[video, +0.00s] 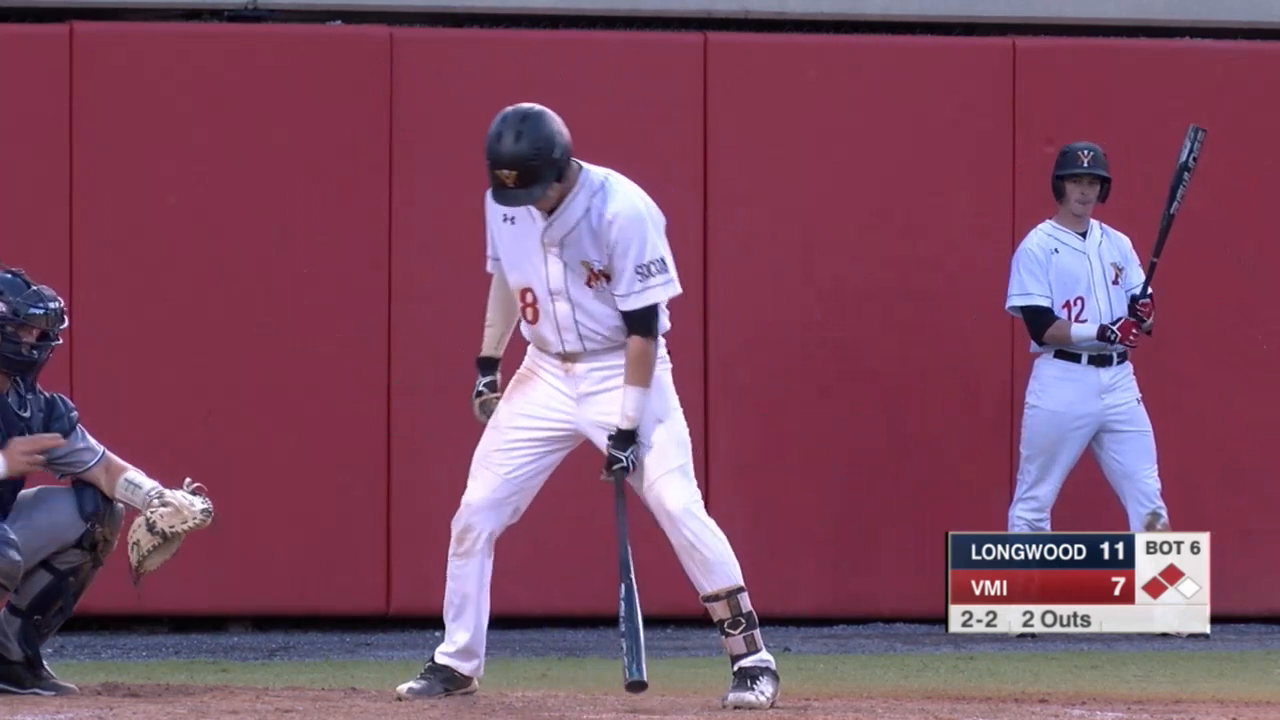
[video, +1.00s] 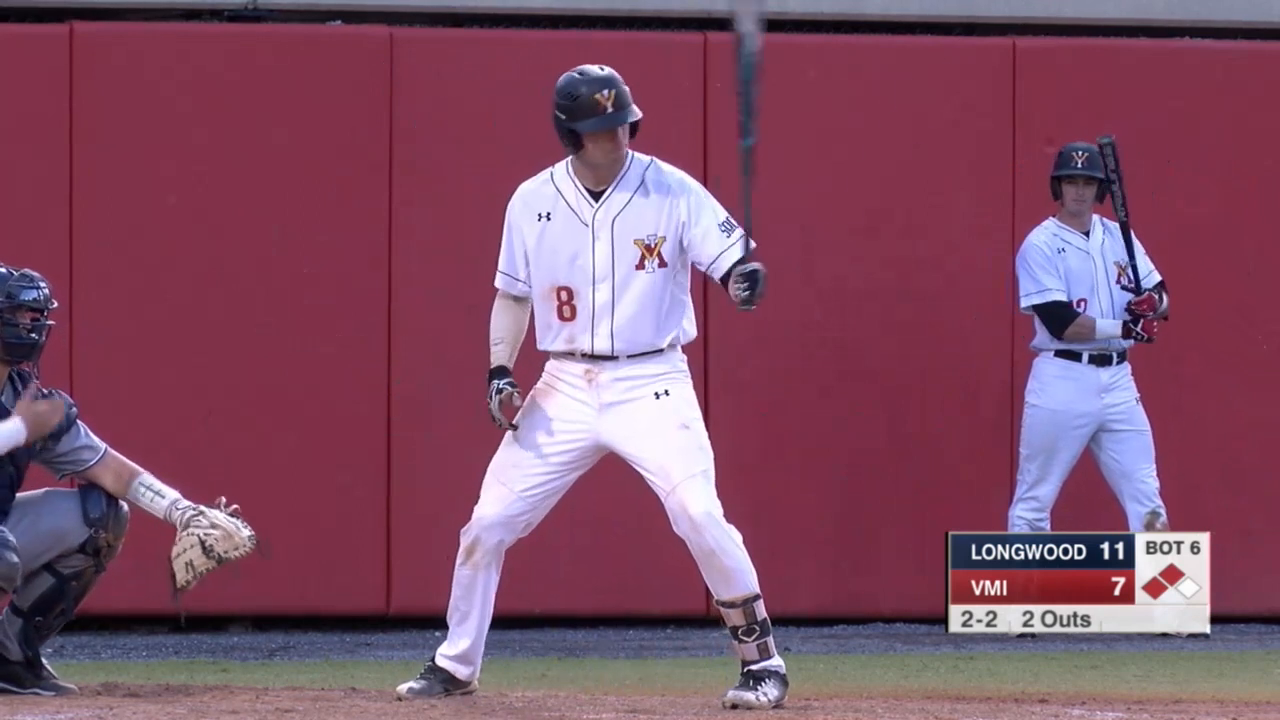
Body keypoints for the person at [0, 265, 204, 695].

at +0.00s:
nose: (30, 339)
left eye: (38, 331)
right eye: (20, 327)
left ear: (48, 336)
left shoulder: (39, 408)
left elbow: (106, 469)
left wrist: (159, 498)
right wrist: (4, 463)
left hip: (6, 535)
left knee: (94, 510)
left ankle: (14, 650)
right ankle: (11, 651)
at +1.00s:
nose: (29, 325)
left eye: (34, 315)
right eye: (17, 314)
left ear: (41, 321)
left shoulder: (23, 395)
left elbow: (107, 466)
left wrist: (183, 512)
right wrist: (21, 427)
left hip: (5, 528)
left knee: (98, 515)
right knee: (8, 561)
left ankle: (14, 651)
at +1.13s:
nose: (31, 328)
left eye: (34, 318)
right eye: (21, 316)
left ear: (37, 326)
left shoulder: (37, 408)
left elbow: (112, 471)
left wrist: (186, 522)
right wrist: (16, 393)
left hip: (4, 531)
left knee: (98, 516)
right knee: (6, 563)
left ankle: (12, 650)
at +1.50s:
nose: (33, 322)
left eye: (38, 311)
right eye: (20, 310)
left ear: (46, 317)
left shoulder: (35, 404)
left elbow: (109, 472)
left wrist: (191, 536)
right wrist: (21, 516)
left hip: (6, 530)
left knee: (99, 515)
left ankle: (13, 652)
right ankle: (9, 652)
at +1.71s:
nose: (34, 323)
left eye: (39, 313)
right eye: (21, 312)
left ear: (47, 319)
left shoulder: (37, 406)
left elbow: (114, 474)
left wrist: (192, 538)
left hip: (5, 535)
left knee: (99, 515)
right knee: (7, 562)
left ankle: (13, 652)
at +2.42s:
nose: (26, 317)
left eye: (31, 307)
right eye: (15, 307)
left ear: (39, 314)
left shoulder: (34, 388)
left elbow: (87, 450)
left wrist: (142, 475)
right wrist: (43, 487)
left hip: (10, 527)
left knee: (98, 510)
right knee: (88, 512)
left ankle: (17, 649)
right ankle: (11, 650)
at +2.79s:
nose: (34, 334)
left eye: (38, 324)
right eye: (22, 324)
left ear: (46, 329)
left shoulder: (34, 396)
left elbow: (72, 450)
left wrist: (115, 482)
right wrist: (31, 506)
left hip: (9, 521)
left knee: (88, 514)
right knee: (73, 518)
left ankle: (15, 650)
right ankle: (12, 651)